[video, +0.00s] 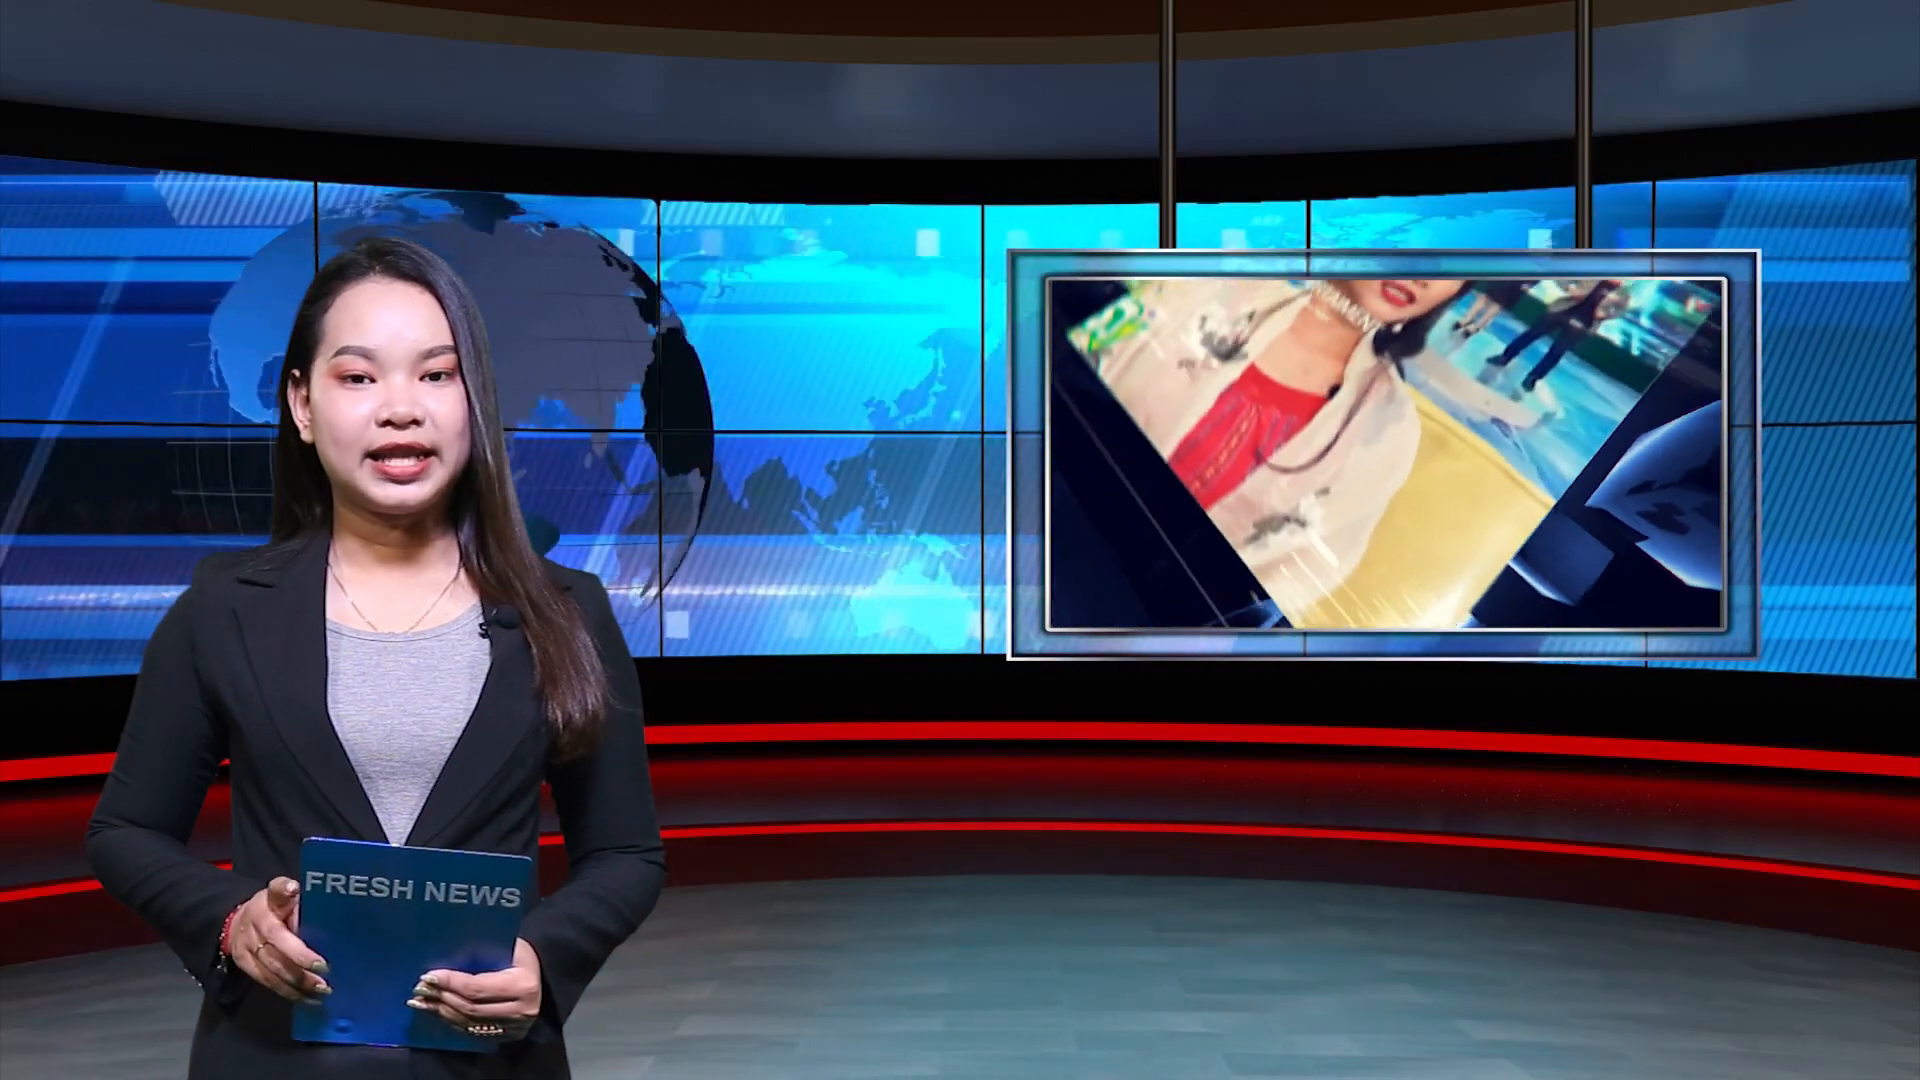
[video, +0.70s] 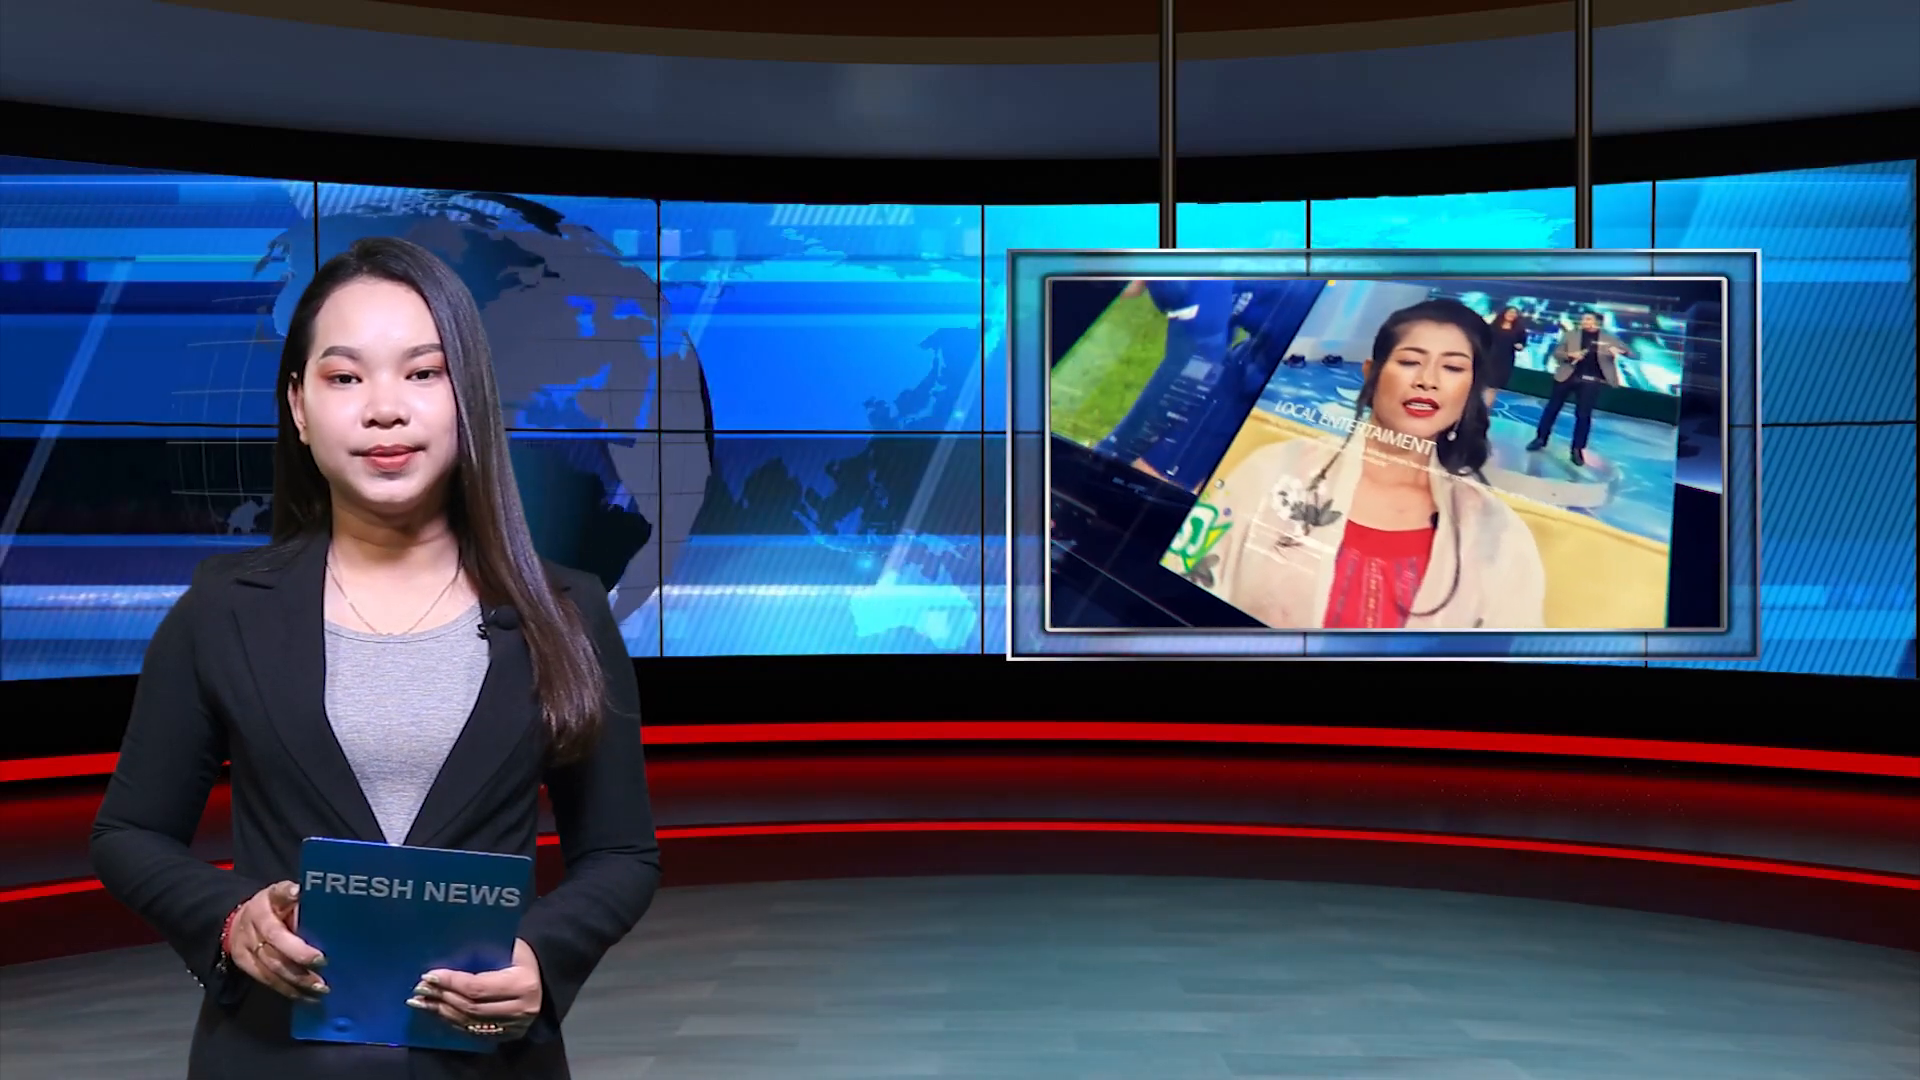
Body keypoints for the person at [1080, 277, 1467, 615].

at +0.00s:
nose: (1425, 269)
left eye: (1454, 264)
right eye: (1419, 226)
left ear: (1459, 293)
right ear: (1368, 206)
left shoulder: (1389, 426)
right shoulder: (1214, 275)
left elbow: (1314, 567)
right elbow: (1071, 366)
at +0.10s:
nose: (1410, 304)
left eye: (1440, 298)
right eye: (1401, 273)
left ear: (1446, 321)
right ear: (1352, 261)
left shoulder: (1398, 464)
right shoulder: (1205, 344)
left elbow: (1336, 617)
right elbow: (1076, 445)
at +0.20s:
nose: (1406, 322)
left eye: (1434, 314)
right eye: (1395, 295)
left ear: (1440, 339)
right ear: (1348, 290)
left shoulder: (1407, 480)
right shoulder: (1213, 371)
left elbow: (1363, 629)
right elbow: (1089, 474)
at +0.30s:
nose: (1404, 339)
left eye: (1429, 331)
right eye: (1389, 317)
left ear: (1439, 361)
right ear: (1345, 321)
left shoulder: (1426, 504)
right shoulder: (1217, 406)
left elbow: (1393, 652)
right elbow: (1107, 526)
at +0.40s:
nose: (1404, 348)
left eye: (1430, 339)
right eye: (1390, 327)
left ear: (1442, 370)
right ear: (1348, 338)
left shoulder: (1439, 517)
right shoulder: (1229, 423)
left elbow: (1414, 666)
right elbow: (1115, 533)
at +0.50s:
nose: (1409, 364)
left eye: (1434, 352)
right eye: (1393, 342)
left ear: (1450, 380)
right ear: (1353, 353)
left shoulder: (1462, 528)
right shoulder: (1243, 448)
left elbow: (1458, 670)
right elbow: (1132, 571)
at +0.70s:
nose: (1428, 380)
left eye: (1453, 367)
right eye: (1410, 361)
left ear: (1473, 394)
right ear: (1372, 375)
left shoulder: (1501, 539)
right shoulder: (1273, 476)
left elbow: (1512, 681)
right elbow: (1172, 605)